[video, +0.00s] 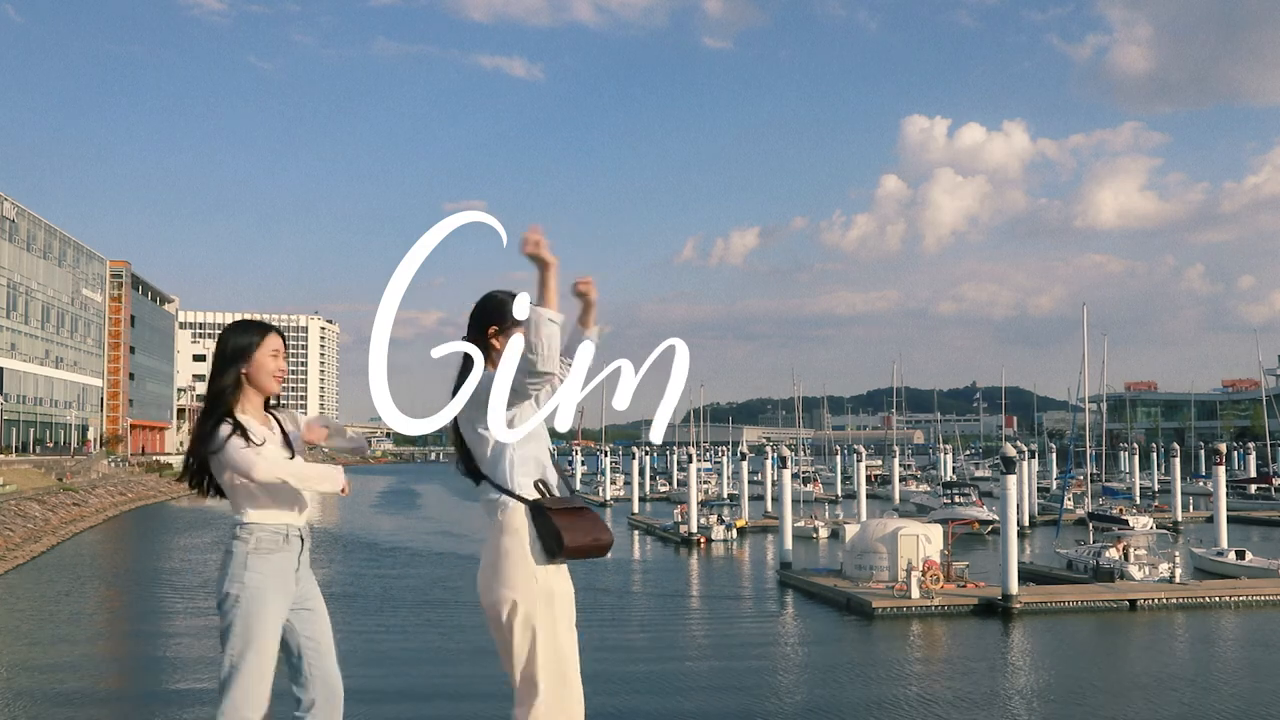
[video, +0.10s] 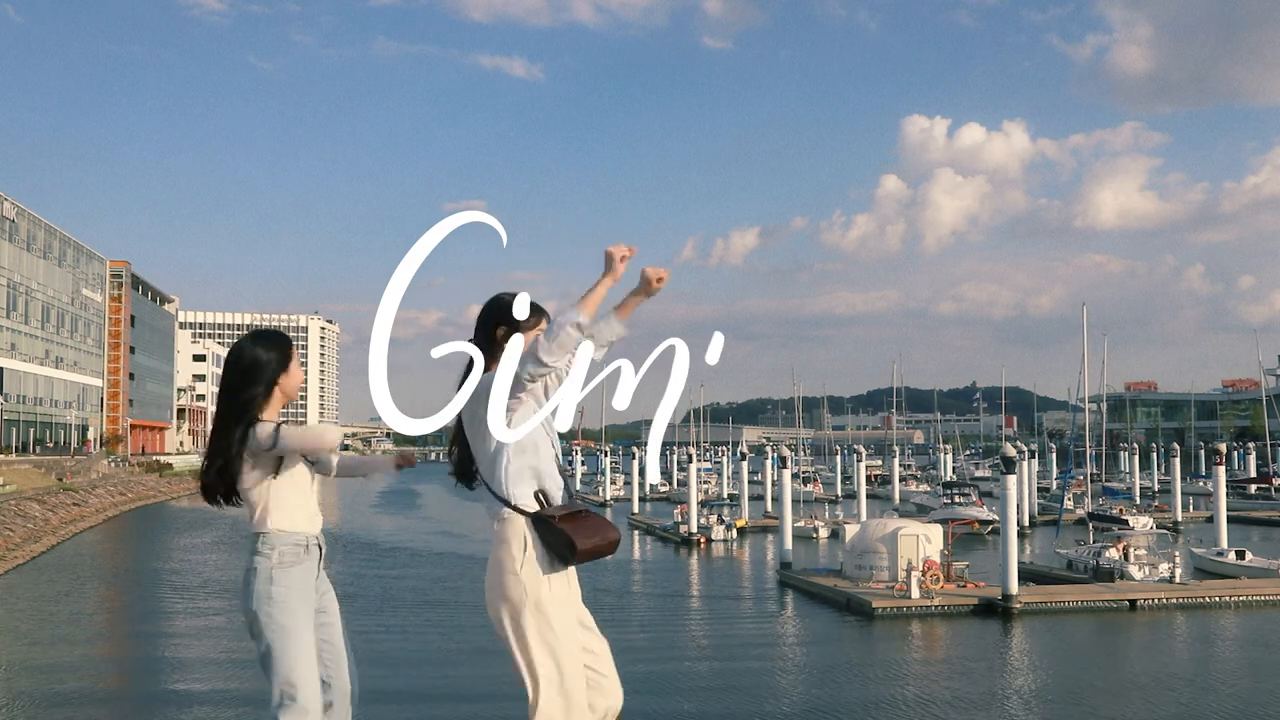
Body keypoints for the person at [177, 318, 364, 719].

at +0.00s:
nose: (283, 366)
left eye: (283, 357)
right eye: (273, 356)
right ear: (243, 364)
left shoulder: (282, 422)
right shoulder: (222, 428)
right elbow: (258, 468)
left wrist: (314, 435)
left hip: (297, 562)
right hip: (257, 562)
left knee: (325, 695)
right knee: (245, 699)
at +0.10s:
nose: (302, 374)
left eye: (299, 365)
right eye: (296, 366)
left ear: (273, 378)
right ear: (275, 376)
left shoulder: (282, 434)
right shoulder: (253, 434)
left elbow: (335, 464)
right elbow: (328, 438)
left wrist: (391, 461)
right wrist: (331, 434)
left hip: (312, 568)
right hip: (279, 572)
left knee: (337, 693)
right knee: (298, 701)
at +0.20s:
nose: (315, 379)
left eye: (312, 371)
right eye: (310, 371)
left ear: (266, 377)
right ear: (298, 377)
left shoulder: (286, 434)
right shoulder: (292, 426)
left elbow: (347, 448)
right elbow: (361, 384)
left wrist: (390, 430)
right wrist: (352, 366)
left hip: (309, 580)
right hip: (299, 583)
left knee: (348, 697)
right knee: (351, 706)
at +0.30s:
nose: (336, 365)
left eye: (331, 358)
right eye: (327, 360)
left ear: (280, 371)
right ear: (311, 370)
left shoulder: (285, 423)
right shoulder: (317, 414)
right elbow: (380, 360)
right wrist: (381, 309)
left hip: (301, 579)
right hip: (317, 583)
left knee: (334, 700)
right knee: (382, 695)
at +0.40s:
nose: (340, 357)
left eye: (338, 351)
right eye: (336, 351)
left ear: (282, 364)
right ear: (325, 363)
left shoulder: (283, 415)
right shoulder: (334, 401)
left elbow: (285, 374)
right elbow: (395, 342)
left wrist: (290, 333)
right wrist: (435, 290)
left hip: (307, 561)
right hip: (337, 563)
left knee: (331, 693)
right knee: (395, 689)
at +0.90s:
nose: (394, 359)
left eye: (389, 351)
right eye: (388, 351)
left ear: (338, 363)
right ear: (383, 357)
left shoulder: (342, 412)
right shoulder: (388, 404)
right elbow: (445, 349)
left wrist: (332, 369)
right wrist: (431, 317)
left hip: (348, 567)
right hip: (383, 571)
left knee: (337, 701)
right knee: (454, 698)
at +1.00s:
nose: (406, 367)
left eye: (404, 358)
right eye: (396, 361)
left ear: (362, 374)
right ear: (375, 371)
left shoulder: (369, 424)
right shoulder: (389, 420)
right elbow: (453, 382)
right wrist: (432, 321)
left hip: (376, 575)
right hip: (397, 579)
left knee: (366, 708)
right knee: (462, 704)